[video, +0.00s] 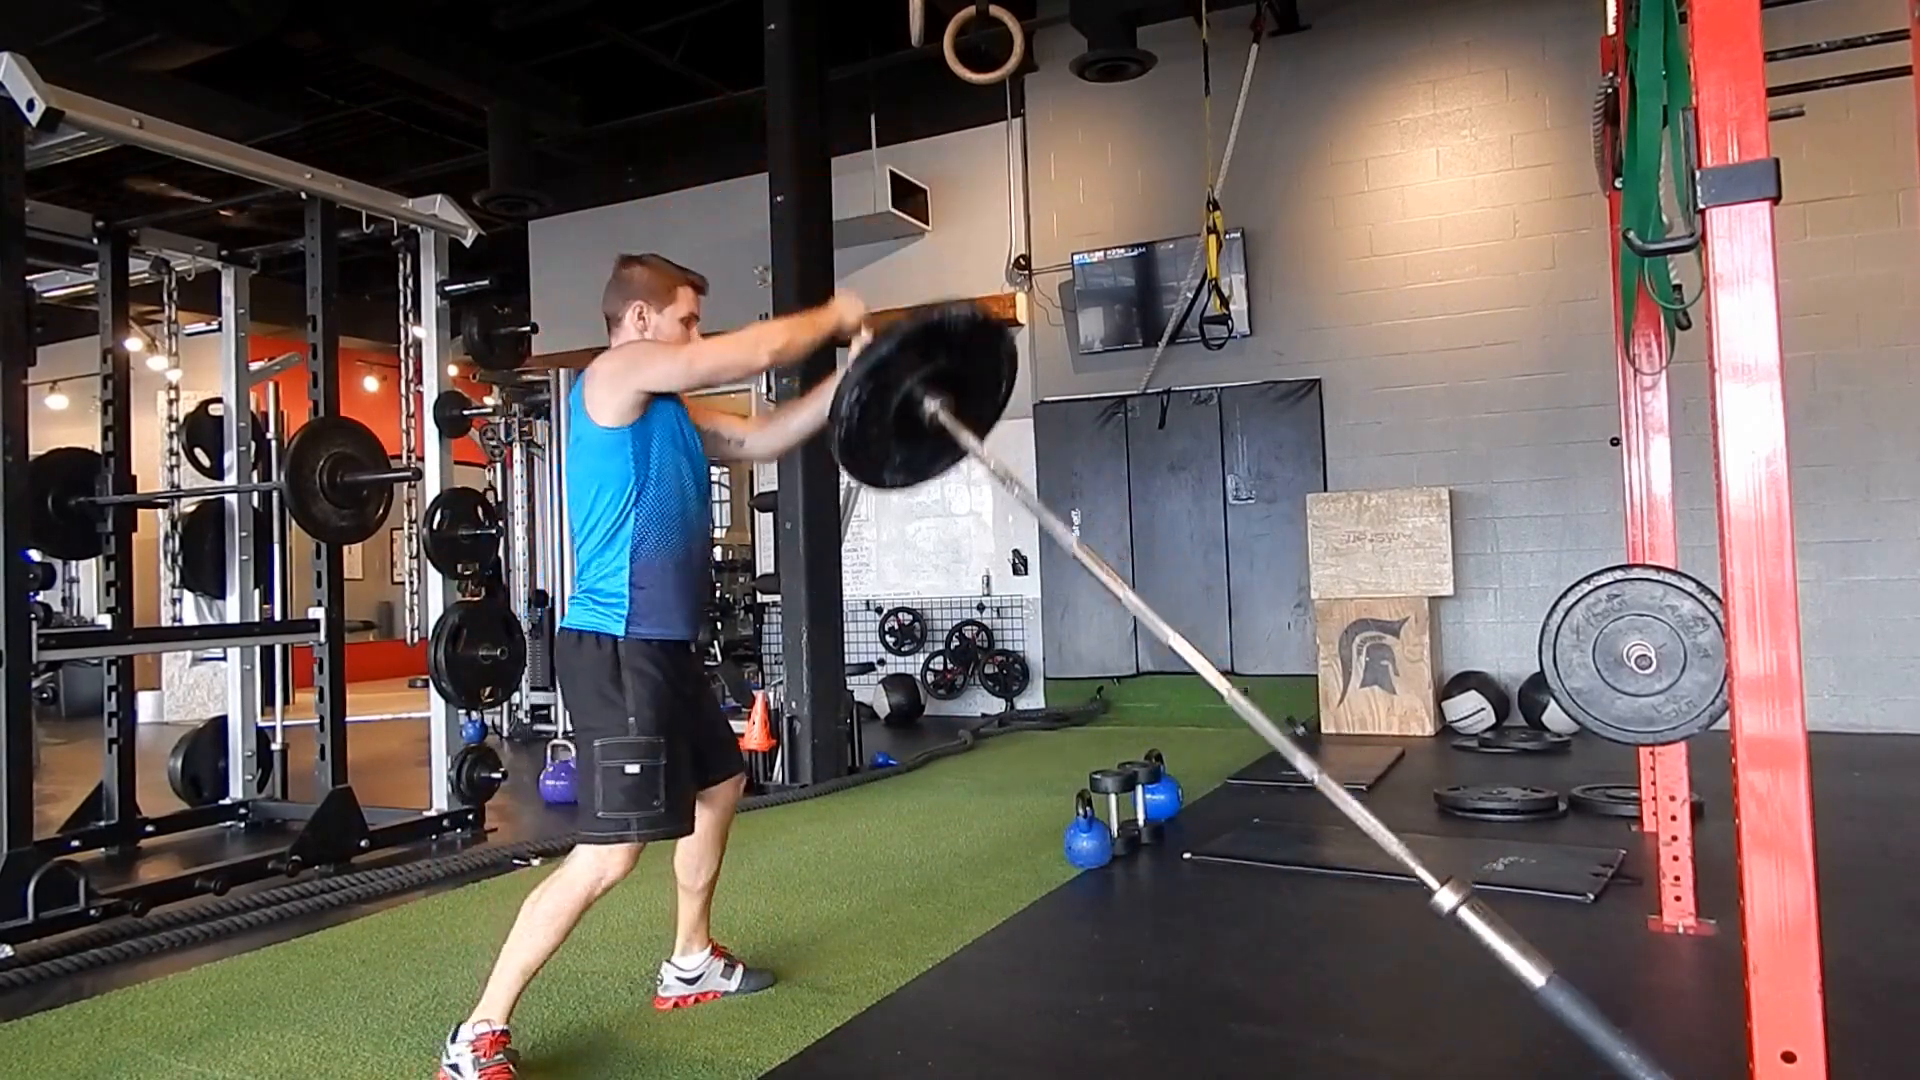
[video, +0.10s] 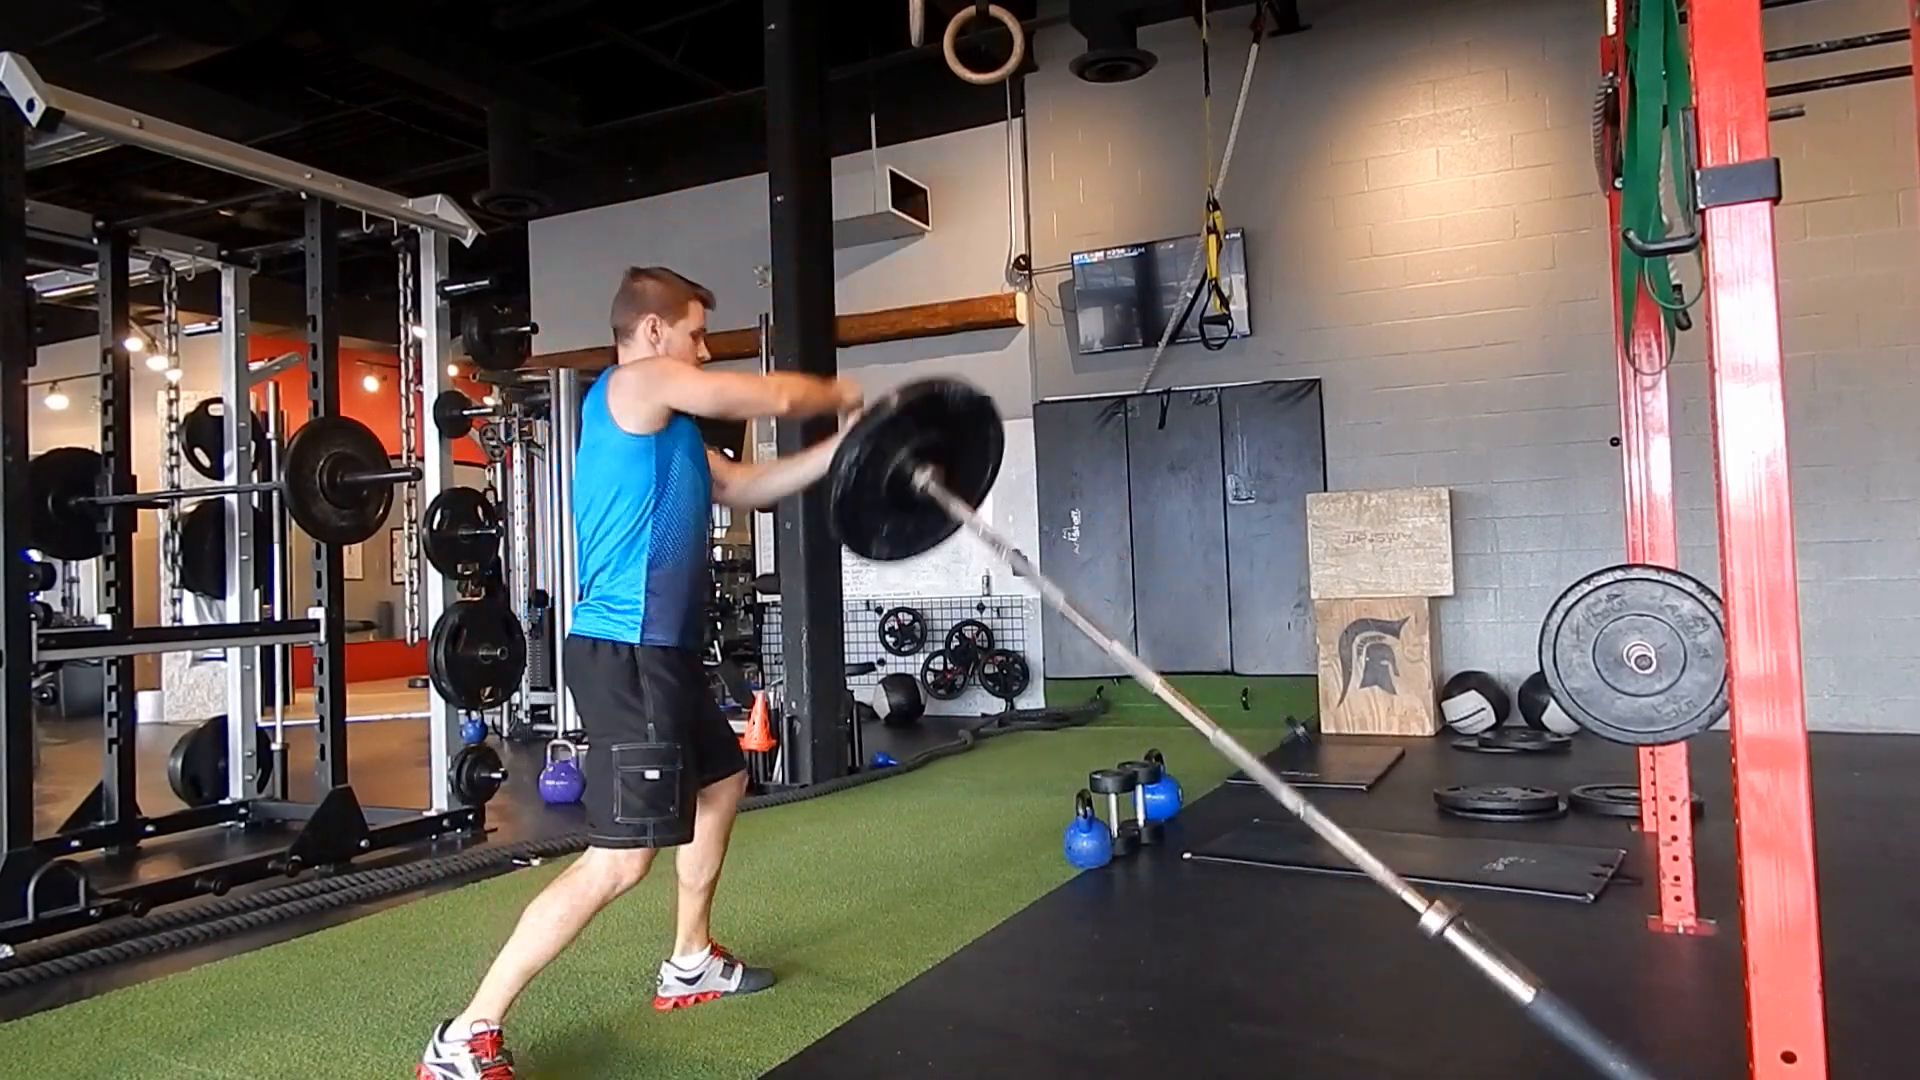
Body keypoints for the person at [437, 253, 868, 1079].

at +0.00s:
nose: (697, 334)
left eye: (697, 322)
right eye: (686, 320)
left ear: (648, 320)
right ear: (639, 318)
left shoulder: (667, 402)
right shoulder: (614, 370)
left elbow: (758, 438)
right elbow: (751, 350)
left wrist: (849, 377)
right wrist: (835, 313)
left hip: (668, 644)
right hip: (613, 644)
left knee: (718, 785)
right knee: (610, 849)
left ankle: (690, 960)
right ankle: (481, 1030)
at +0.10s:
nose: (705, 344)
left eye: (705, 332)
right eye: (696, 329)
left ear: (646, 334)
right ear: (653, 330)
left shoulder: (663, 420)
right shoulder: (640, 381)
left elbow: (742, 485)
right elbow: (777, 391)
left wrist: (838, 449)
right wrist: (843, 394)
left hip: (667, 653)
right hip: (622, 654)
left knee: (718, 785)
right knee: (622, 856)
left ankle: (691, 961)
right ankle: (469, 1032)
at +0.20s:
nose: (716, 366)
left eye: (716, 353)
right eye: (710, 352)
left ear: (653, 353)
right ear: (673, 349)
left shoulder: (632, 428)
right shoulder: (670, 395)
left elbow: (712, 535)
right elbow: (791, 450)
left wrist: (816, 523)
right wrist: (829, 479)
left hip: (661, 658)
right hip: (635, 659)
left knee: (727, 780)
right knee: (633, 864)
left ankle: (692, 960)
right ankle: (462, 1032)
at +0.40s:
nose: (744, 397)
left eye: (744, 384)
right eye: (740, 384)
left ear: (672, 387)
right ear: (711, 382)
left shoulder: (625, 457)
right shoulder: (730, 436)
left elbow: (640, 575)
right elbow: (782, 551)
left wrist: (729, 632)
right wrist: (772, 614)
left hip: (622, 665)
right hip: (659, 675)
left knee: (739, 780)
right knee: (657, 885)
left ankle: (692, 959)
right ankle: (461, 1030)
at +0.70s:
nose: (762, 427)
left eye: (761, 414)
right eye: (758, 414)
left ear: (687, 418)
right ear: (733, 415)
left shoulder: (629, 489)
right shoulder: (764, 483)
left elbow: (618, 595)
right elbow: (754, 608)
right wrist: (724, 681)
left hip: (608, 691)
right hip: (664, 700)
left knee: (714, 800)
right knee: (668, 914)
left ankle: (692, 962)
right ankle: (457, 1034)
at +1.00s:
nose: (718, 364)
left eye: (717, 351)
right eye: (711, 350)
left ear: (650, 352)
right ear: (672, 347)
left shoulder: (615, 427)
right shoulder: (690, 404)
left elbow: (669, 555)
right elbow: (775, 506)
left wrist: (766, 556)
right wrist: (757, 543)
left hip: (662, 660)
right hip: (637, 664)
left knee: (729, 781)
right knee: (641, 862)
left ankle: (690, 961)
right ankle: (459, 1033)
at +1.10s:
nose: (708, 333)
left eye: (705, 320)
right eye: (697, 317)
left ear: (645, 324)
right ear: (649, 319)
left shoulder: (651, 408)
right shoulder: (640, 371)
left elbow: (711, 510)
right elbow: (770, 428)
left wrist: (814, 469)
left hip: (678, 645)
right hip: (624, 645)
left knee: (727, 788)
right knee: (613, 839)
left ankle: (688, 960)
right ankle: (479, 1029)